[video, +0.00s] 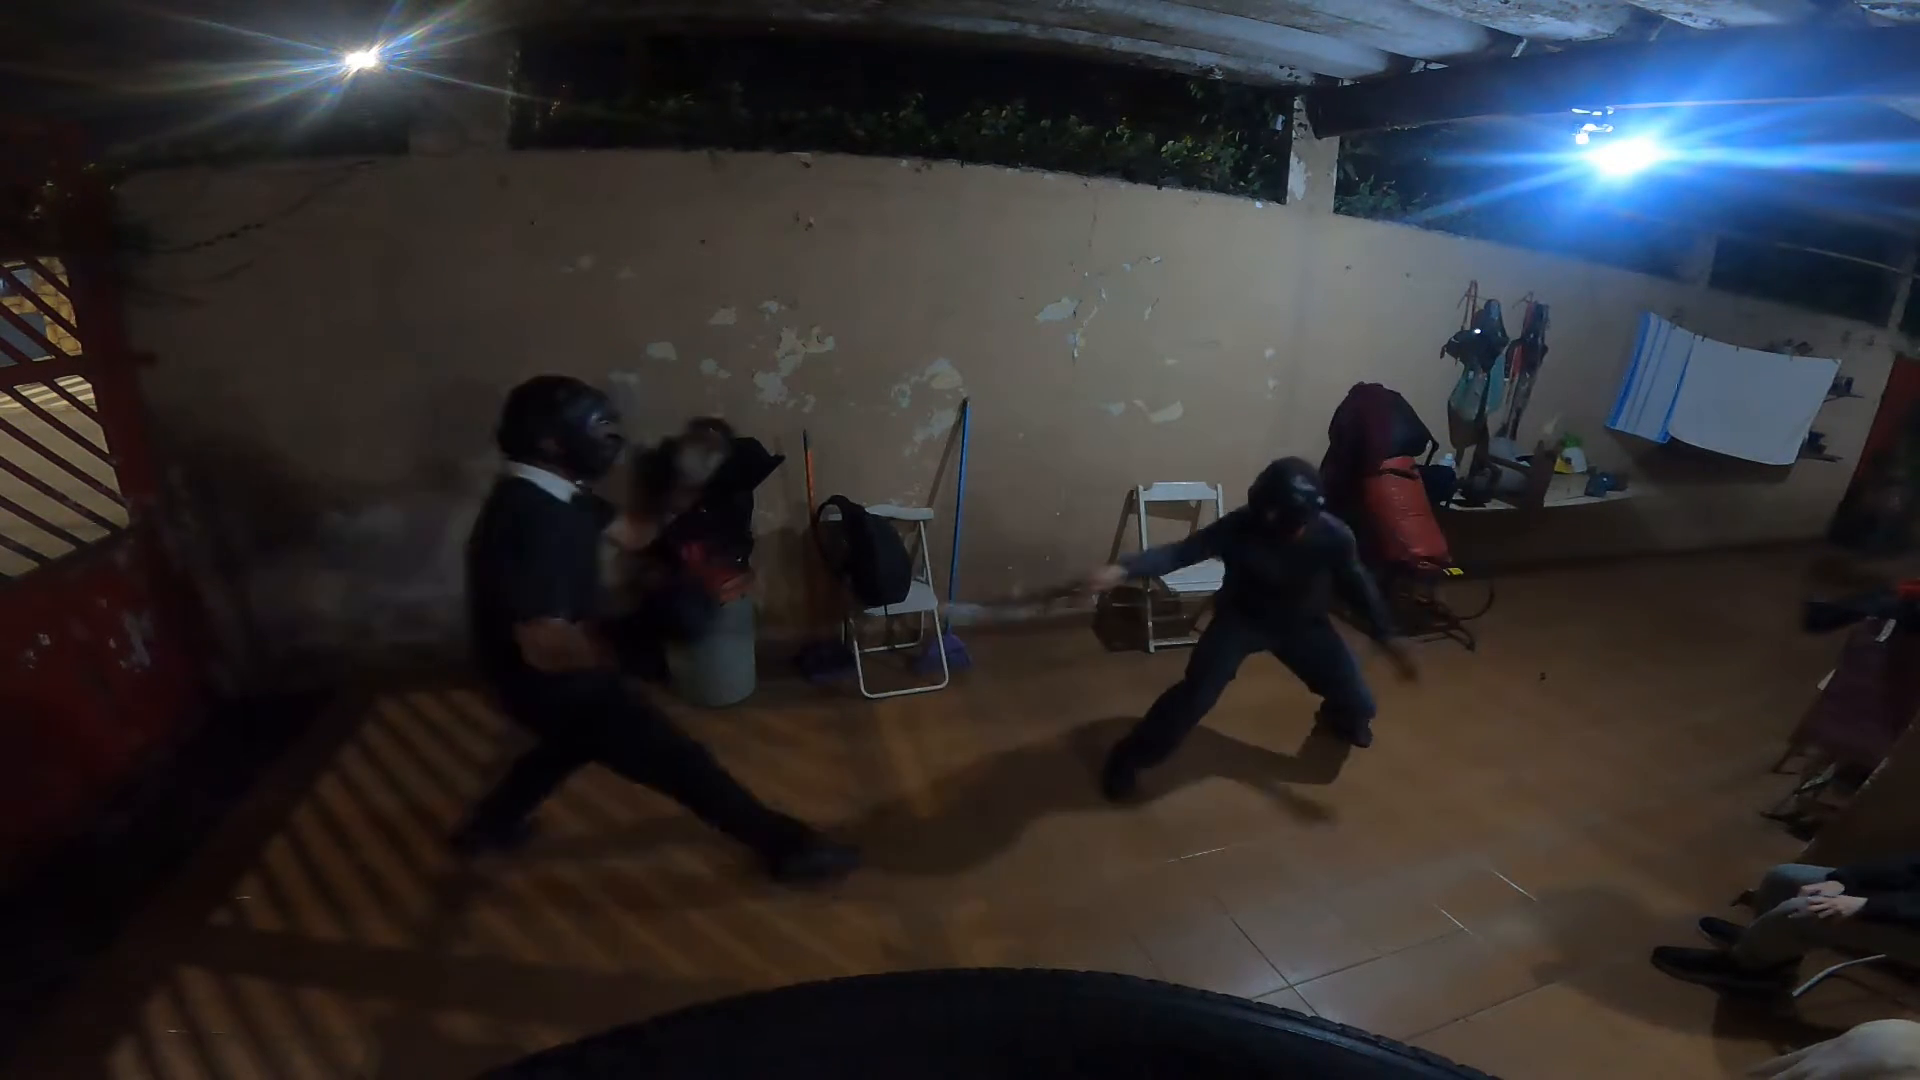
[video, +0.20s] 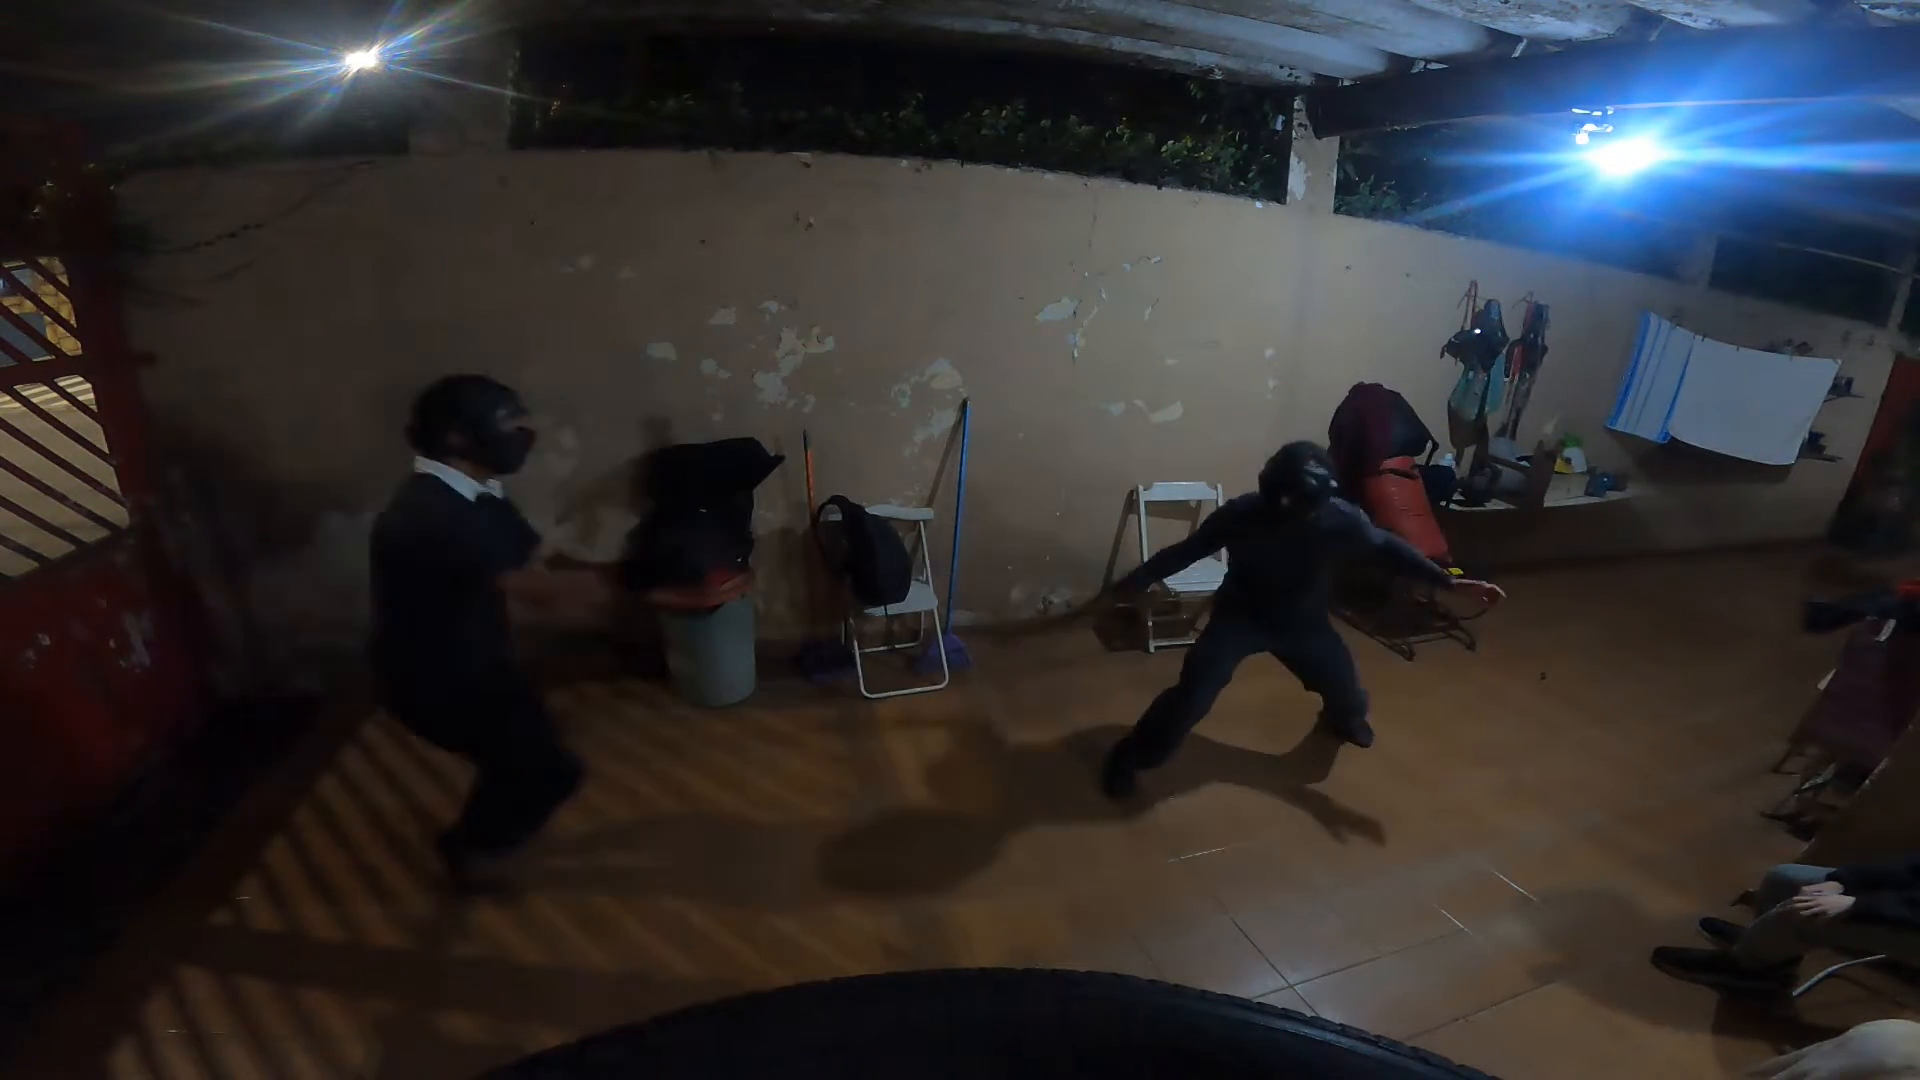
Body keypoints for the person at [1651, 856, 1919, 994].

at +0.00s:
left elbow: (1915, 907)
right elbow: (1910, 868)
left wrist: (1864, 906)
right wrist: (1845, 881)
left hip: (1910, 924)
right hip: (1898, 891)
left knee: (1796, 914)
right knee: (1782, 879)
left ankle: (1738, 963)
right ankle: (1764, 952)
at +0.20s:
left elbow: (1913, 909)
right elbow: (1909, 870)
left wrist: (1854, 905)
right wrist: (1843, 881)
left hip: (1910, 924)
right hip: (1899, 892)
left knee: (1798, 915)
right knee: (1782, 880)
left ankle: (1741, 963)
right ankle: (1765, 953)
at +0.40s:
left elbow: (1913, 915)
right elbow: (1909, 868)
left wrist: (1856, 909)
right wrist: (1842, 883)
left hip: (1911, 927)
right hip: (1902, 891)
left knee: (1801, 914)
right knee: (1783, 879)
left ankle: (1742, 963)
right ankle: (1757, 943)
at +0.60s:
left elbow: (1913, 916)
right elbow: (1910, 870)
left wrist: (1856, 909)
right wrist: (1843, 884)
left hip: (1911, 928)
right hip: (1904, 890)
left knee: (1800, 914)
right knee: (1783, 880)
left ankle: (1742, 963)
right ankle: (1756, 944)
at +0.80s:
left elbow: (1913, 916)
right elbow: (1910, 869)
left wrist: (1856, 909)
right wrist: (1843, 883)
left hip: (1911, 930)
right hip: (1903, 891)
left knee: (1801, 914)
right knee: (1784, 879)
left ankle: (1741, 963)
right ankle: (1755, 944)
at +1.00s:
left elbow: (1913, 915)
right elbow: (1910, 870)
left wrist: (1857, 909)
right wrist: (1844, 882)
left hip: (1911, 927)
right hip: (1904, 890)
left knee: (1800, 914)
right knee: (1783, 880)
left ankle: (1742, 963)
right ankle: (1756, 945)